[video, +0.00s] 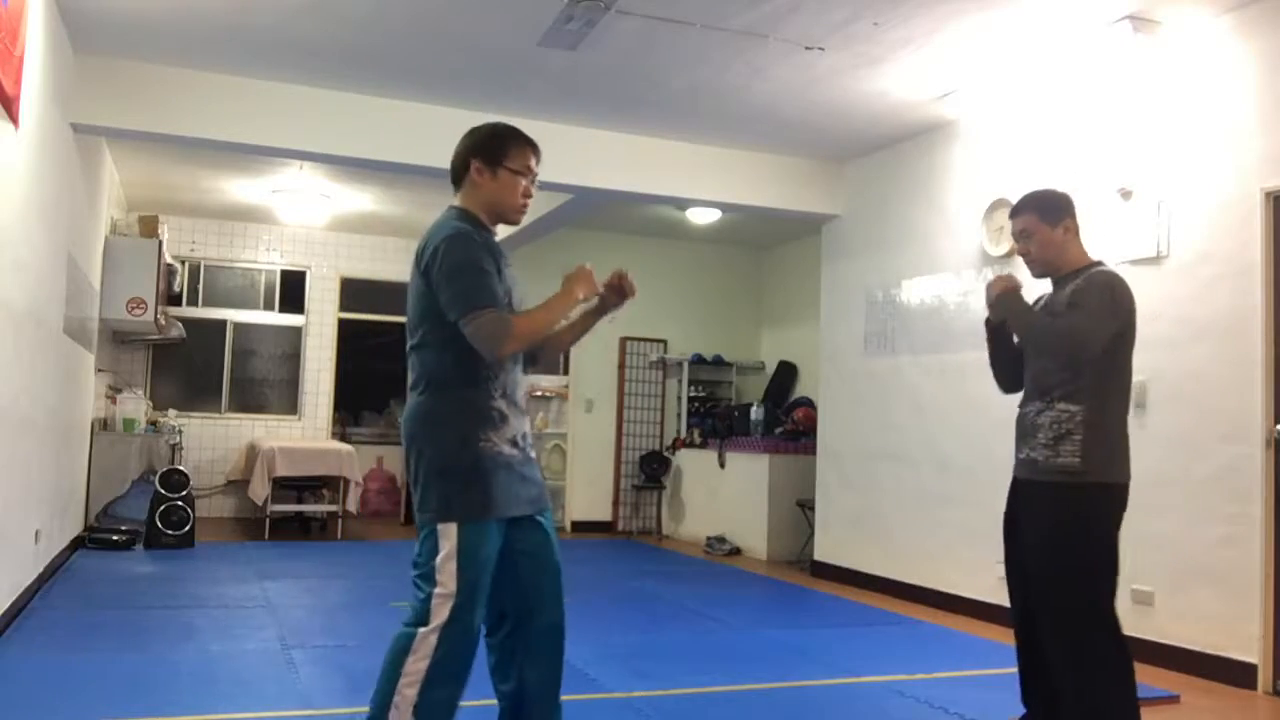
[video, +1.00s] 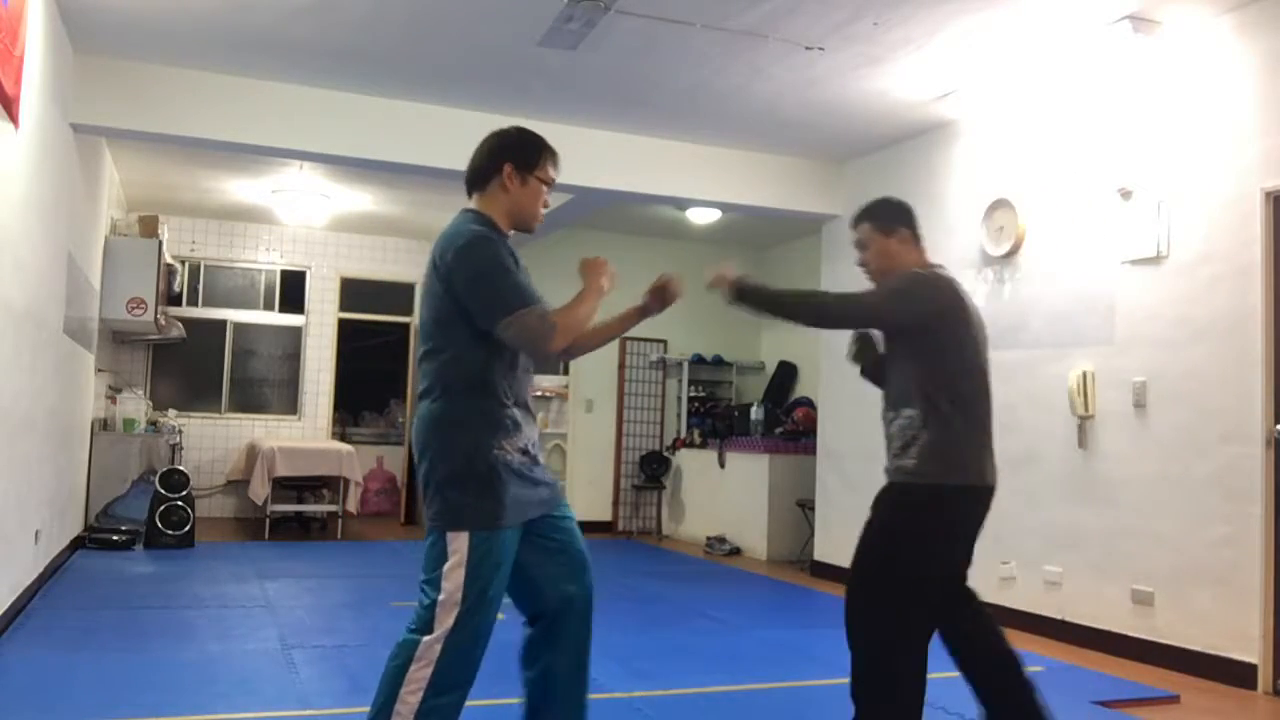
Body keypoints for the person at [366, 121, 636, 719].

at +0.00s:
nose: (530, 189)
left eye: (534, 179)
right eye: (520, 174)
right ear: (478, 171)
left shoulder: (489, 250)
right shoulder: (457, 239)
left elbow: (537, 351)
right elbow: (494, 337)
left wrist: (597, 310)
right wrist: (567, 295)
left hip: (508, 456)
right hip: (456, 454)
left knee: (532, 618)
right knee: (444, 619)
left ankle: (531, 713)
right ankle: (399, 715)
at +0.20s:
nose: (525, 191)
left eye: (527, 180)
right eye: (517, 176)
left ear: (485, 177)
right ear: (476, 172)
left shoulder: (485, 255)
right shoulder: (445, 243)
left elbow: (535, 357)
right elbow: (485, 341)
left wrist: (617, 337)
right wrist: (558, 307)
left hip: (511, 463)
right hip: (459, 465)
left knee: (534, 621)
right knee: (444, 627)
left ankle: (533, 714)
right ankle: (398, 715)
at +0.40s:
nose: (522, 191)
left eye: (525, 179)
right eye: (515, 175)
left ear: (480, 175)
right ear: (475, 169)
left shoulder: (482, 252)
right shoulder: (443, 240)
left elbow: (538, 349)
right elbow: (496, 331)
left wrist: (607, 309)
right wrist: (557, 286)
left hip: (507, 463)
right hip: (455, 464)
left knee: (530, 622)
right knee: (442, 629)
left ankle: (532, 713)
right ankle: (397, 715)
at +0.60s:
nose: (524, 190)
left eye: (527, 179)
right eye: (518, 174)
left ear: (483, 174)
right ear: (477, 169)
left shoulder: (476, 248)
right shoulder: (447, 241)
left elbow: (535, 340)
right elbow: (497, 342)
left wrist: (618, 318)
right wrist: (567, 317)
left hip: (507, 464)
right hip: (460, 465)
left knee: (530, 624)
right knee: (442, 628)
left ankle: (531, 714)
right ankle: (397, 715)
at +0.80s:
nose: (533, 192)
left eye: (536, 181)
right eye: (528, 177)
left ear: (489, 174)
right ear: (491, 168)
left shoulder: (476, 243)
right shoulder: (459, 237)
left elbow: (542, 342)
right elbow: (524, 336)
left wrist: (620, 305)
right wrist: (582, 286)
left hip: (508, 463)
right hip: (466, 463)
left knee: (533, 624)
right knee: (444, 629)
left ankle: (532, 715)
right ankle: (397, 716)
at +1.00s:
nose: (549, 200)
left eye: (552, 188)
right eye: (545, 184)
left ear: (506, 180)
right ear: (509, 175)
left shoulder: (494, 249)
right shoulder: (473, 242)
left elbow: (559, 346)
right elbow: (543, 337)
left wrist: (640, 310)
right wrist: (593, 289)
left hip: (518, 464)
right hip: (472, 465)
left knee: (566, 600)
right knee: (450, 627)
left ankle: (555, 715)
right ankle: (398, 718)